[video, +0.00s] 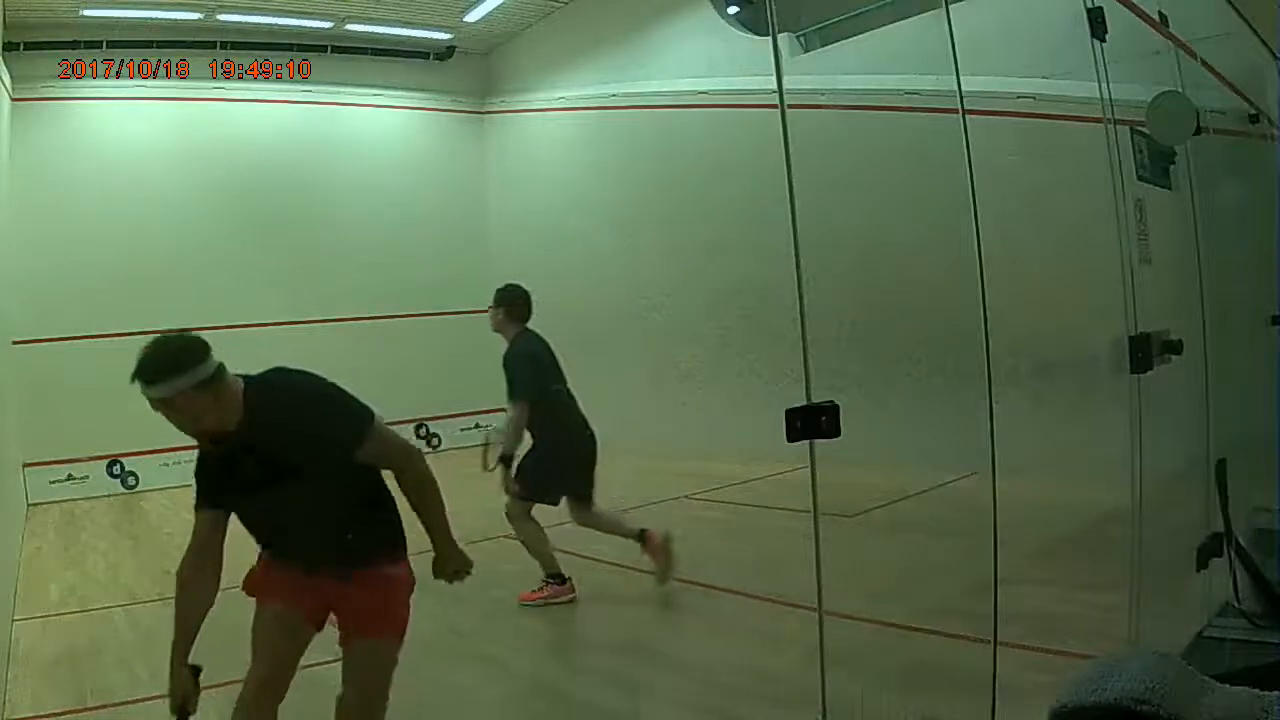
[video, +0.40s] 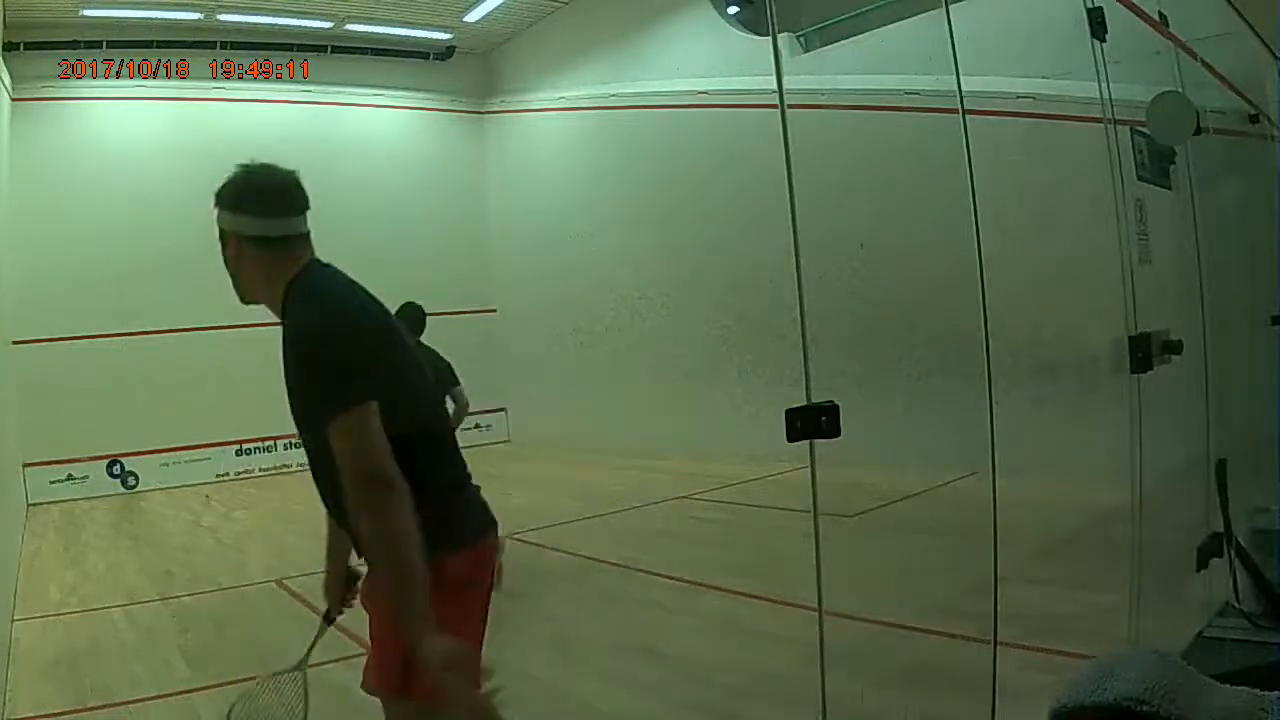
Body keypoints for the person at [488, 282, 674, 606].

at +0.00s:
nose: (489, 313)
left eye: (492, 308)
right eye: (491, 308)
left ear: (503, 314)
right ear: (520, 313)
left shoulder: (517, 353)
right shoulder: (535, 344)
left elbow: (519, 414)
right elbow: (541, 403)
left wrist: (506, 458)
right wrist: (504, 437)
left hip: (554, 446)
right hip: (581, 439)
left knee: (517, 511)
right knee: (582, 513)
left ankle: (557, 582)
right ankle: (646, 538)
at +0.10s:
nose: (464, 321)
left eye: (466, 316)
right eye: (466, 315)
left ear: (472, 319)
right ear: (495, 319)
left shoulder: (482, 359)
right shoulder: (508, 347)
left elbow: (478, 420)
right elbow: (522, 396)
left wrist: (465, 464)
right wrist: (503, 430)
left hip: (531, 445)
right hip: (554, 438)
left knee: (505, 516)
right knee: (536, 507)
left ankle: (556, 581)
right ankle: (584, 544)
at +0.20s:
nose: (431, 321)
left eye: (432, 316)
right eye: (434, 316)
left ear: (437, 319)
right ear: (462, 317)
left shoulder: (443, 356)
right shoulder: (478, 346)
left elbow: (442, 407)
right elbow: (505, 389)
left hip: (486, 444)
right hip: (512, 433)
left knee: (497, 514)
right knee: (479, 496)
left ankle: (550, 572)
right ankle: (484, 557)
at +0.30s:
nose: (410, 322)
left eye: (410, 318)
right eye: (415, 317)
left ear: (413, 319)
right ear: (440, 317)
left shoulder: (411, 356)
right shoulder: (458, 349)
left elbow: (410, 401)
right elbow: (484, 389)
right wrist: (468, 411)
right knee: (472, 498)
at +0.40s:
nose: (400, 335)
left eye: (400, 329)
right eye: (403, 330)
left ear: (398, 327)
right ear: (421, 329)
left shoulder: (387, 360)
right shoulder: (433, 358)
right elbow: (462, 404)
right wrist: (447, 431)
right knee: (462, 493)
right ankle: (490, 545)